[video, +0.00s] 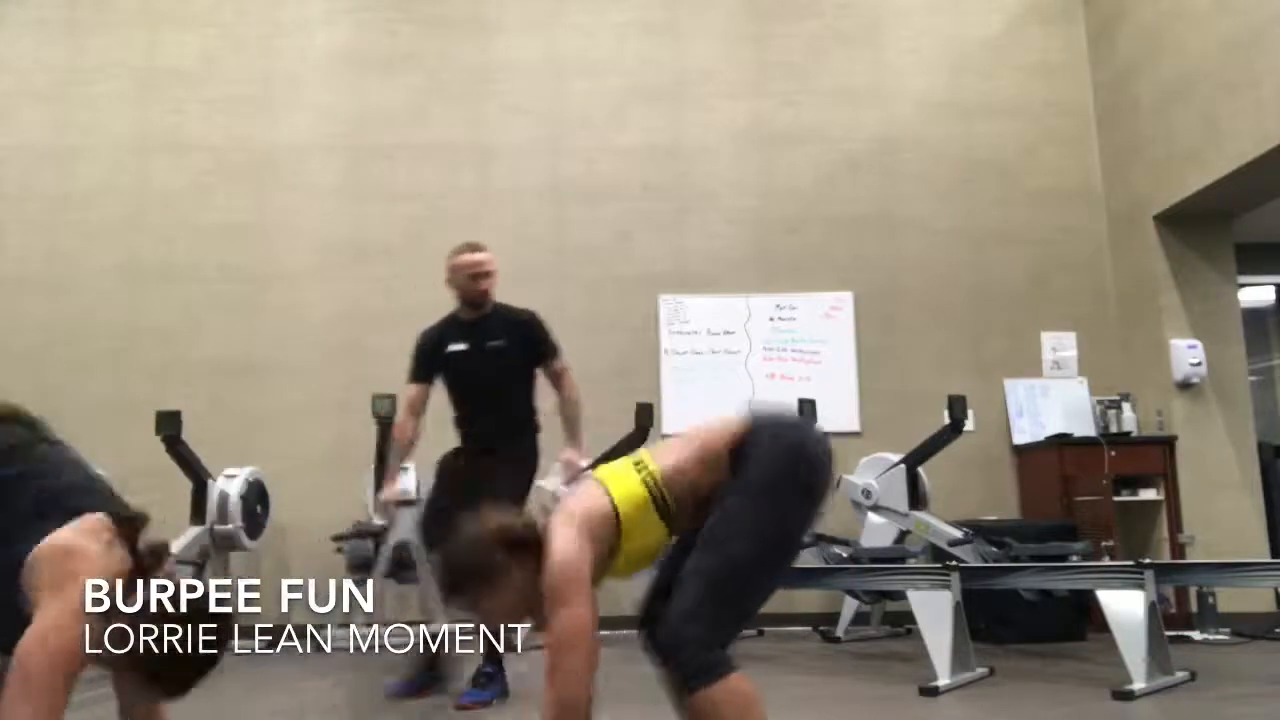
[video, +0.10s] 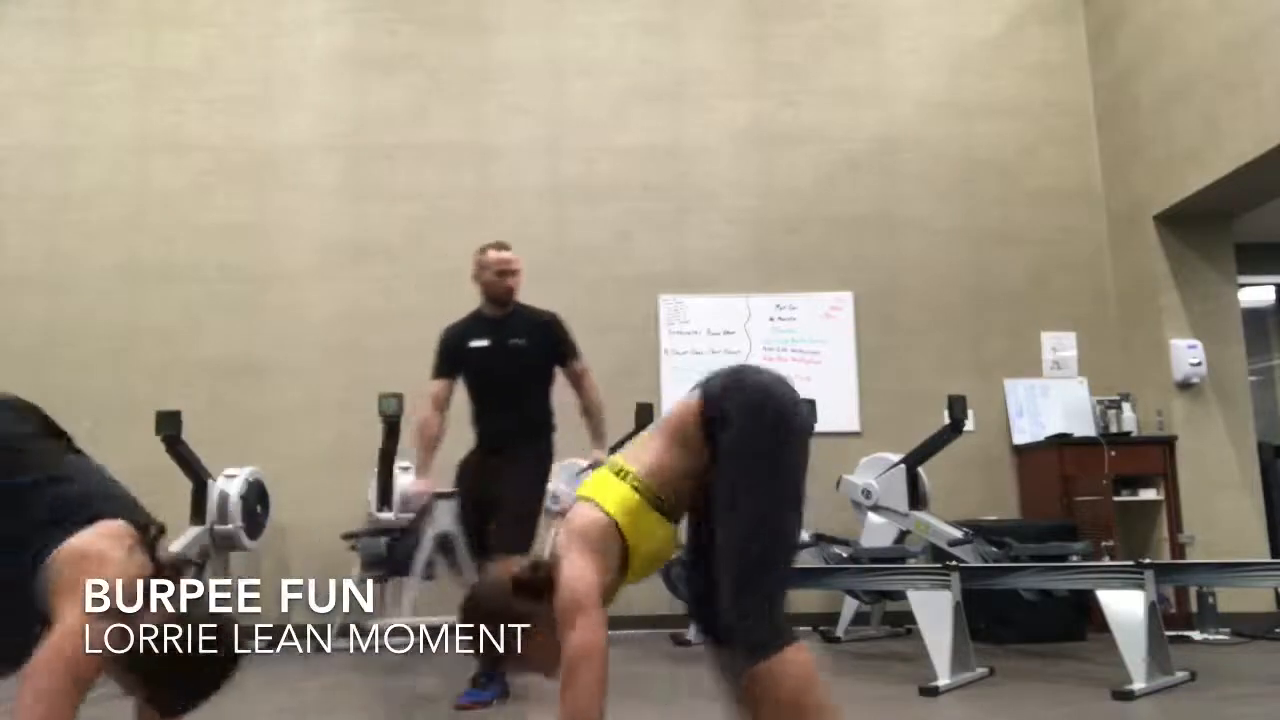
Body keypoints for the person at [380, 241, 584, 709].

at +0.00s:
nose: (481, 285)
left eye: (487, 276)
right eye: (471, 278)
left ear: (497, 277)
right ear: (451, 282)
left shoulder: (524, 326)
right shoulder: (436, 339)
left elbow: (563, 381)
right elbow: (412, 411)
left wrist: (574, 446)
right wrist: (392, 474)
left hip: (516, 456)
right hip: (468, 458)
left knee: (494, 556)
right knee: (431, 544)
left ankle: (492, 667)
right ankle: (431, 657)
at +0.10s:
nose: (508, 281)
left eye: (513, 273)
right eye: (499, 274)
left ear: (521, 276)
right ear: (478, 278)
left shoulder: (546, 327)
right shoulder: (459, 336)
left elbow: (583, 384)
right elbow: (436, 407)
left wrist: (599, 446)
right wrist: (422, 474)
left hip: (530, 455)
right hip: (485, 456)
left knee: (503, 562)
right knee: (482, 558)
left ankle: (490, 674)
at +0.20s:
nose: (537, 285)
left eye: (542, 277)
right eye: (528, 277)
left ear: (549, 280)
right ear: (507, 281)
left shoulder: (571, 330)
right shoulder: (485, 337)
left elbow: (604, 386)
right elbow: (467, 405)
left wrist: (625, 446)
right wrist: (456, 473)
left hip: (556, 455)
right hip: (512, 457)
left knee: (542, 555)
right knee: (515, 558)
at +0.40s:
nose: (581, 283)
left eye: (584, 276)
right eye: (572, 277)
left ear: (589, 277)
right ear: (549, 281)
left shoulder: (612, 325)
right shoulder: (529, 339)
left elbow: (641, 379)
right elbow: (516, 407)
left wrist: (655, 436)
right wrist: (515, 470)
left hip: (608, 446)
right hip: (562, 449)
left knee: (601, 537)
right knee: (562, 540)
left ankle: (625, 619)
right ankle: (570, 624)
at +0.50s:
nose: (599, 285)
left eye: (602, 278)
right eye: (590, 279)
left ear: (606, 280)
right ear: (566, 283)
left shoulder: (629, 327)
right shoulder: (545, 340)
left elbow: (657, 380)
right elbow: (536, 408)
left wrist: (670, 432)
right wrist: (537, 472)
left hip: (626, 450)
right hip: (579, 452)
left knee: (635, 543)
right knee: (570, 550)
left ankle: (665, 639)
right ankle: (580, 651)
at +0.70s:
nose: (652, 294)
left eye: (655, 287)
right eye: (643, 289)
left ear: (660, 288)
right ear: (621, 294)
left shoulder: (685, 333)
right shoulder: (605, 348)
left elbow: (717, 388)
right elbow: (593, 418)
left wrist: (726, 447)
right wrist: (594, 480)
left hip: (684, 457)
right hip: (634, 460)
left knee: (696, 552)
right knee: (611, 554)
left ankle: (718, 647)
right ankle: (587, 651)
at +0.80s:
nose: (663, 300)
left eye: (666, 291)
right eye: (653, 294)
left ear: (671, 290)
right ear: (632, 298)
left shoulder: (701, 331)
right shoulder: (621, 352)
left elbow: (738, 383)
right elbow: (615, 423)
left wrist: (755, 441)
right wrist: (619, 488)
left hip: (701, 456)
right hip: (653, 460)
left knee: (709, 550)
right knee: (642, 549)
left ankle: (719, 644)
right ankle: (643, 645)